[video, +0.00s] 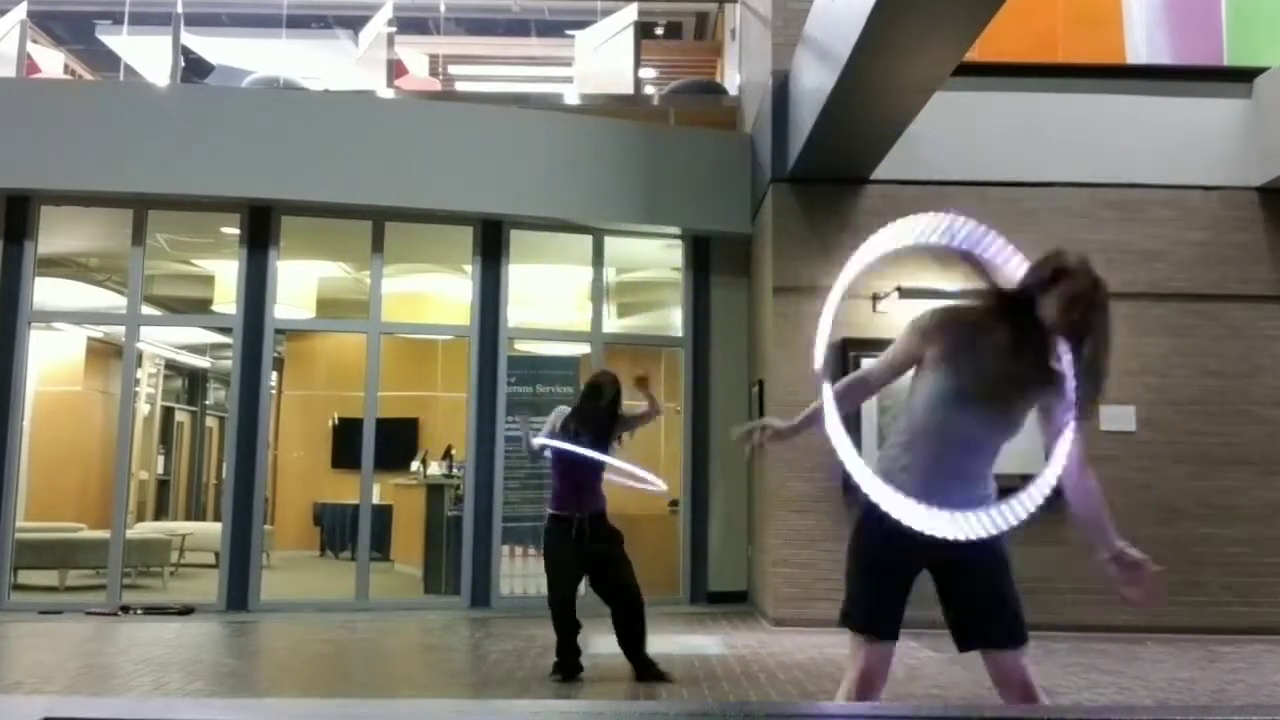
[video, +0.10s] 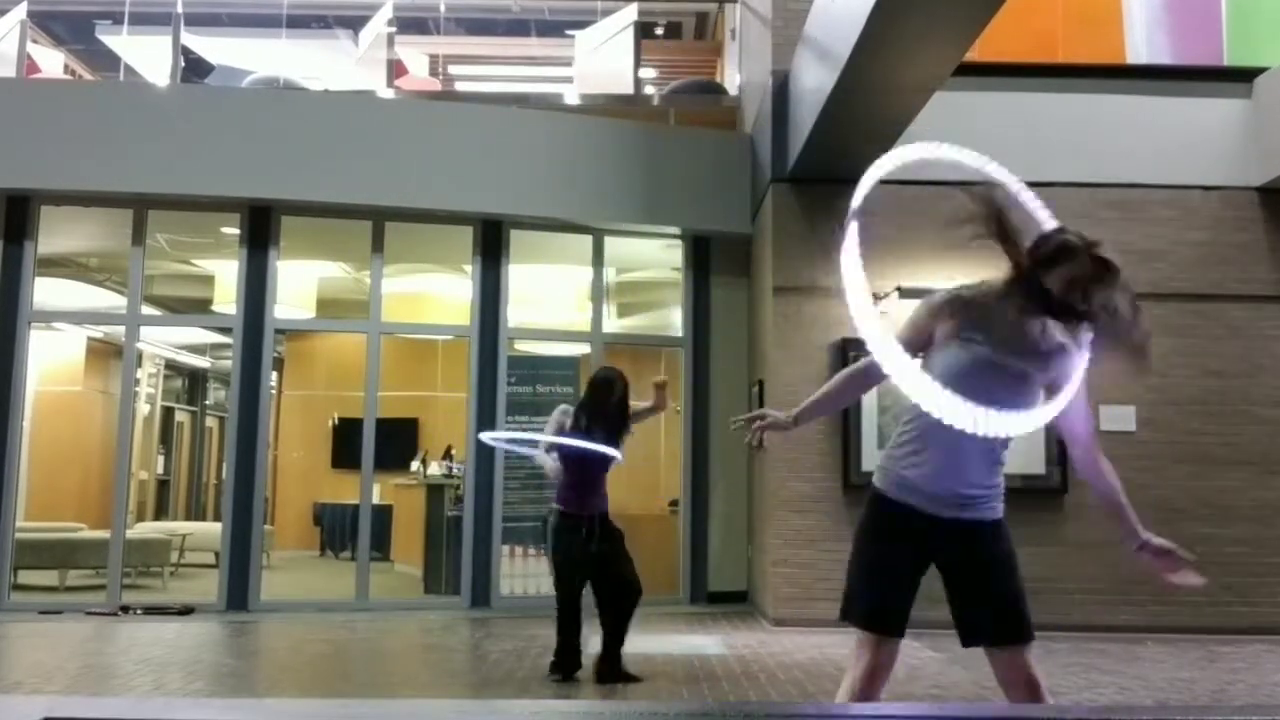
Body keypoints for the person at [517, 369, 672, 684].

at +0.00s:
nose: (603, 404)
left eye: (609, 399)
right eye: (600, 396)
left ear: (614, 402)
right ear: (590, 395)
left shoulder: (610, 424)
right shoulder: (562, 417)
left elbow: (653, 413)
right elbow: (538, 449)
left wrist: (645, 391)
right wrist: (530, 439)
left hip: (596, 524)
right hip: (561, 524)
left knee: (626, 596)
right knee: (561, 601)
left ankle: (640, 662)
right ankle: (568, 663)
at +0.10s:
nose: (621, 404)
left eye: (622, 399)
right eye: (617, 398)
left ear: (621, 401)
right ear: (603, 396)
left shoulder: (615, 420)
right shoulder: (565, 416)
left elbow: (657, 408)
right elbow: (542, 451)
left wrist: (659, 390)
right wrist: (551, 464)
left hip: (599, 521)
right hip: (567, 520)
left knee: (626, 590)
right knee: (568, 597)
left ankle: (610, 664)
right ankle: (565, 662)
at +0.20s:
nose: (628, 396)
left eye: (629, 391)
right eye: (624, 391)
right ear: (608, 393)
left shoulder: (620, 425)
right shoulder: (574, 419)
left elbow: (645, 410)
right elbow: (557, 464)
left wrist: (639, 410)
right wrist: (575, 496)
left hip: (602, 521)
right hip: (576, 520)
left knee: (625, 590)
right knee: (591, 594)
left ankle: (595, 666)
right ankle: (555, 654)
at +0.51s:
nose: (632, 390)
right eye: (630, 385)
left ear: (594, 384)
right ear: (625, 385)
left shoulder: (579, 414)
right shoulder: (624, 406)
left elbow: (575, 464)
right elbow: (627, 452)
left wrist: (582, 499)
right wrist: (650, 484)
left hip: (585, 516)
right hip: (617, 516)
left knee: (598, 592)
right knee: (637, 588)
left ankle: (594, 667)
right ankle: (634, 663)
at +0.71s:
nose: (586, 383)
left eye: (587, 377)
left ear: (590, 378)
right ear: (622, 376)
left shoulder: (587, 410)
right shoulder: (637, 405)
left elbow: (578, 455)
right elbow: (660, 446)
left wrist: (571, 490)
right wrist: (655, 482)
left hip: (610, 504)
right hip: (645, 503)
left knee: (596, 582)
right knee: (634, 585)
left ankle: (589, 661)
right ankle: (630, 665)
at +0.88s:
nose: (583, 389)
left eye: (584, 383)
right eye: (582, 384)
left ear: (592, 378)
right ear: (616, 372)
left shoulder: (604, 397)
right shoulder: (634, 401)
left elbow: (581, 435)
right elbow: (635, 458)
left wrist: (567, 436)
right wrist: (611, 485)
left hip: (629, 503)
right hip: (643, 500)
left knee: (628, 587)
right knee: (639, 586)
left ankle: (630, 670)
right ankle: (637, 664)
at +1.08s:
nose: (594, 379)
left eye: (599, 373)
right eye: (592, 374)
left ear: (615, 369)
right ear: (591, 374)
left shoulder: (639, 399)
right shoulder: (594, 400)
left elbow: (651, 446)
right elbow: (595, 435)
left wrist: (608, 455)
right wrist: (572, 441)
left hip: (641, 503)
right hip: (610, 503)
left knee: (654, 583)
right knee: (615, 588)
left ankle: (661, 662)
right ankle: (624, 669)